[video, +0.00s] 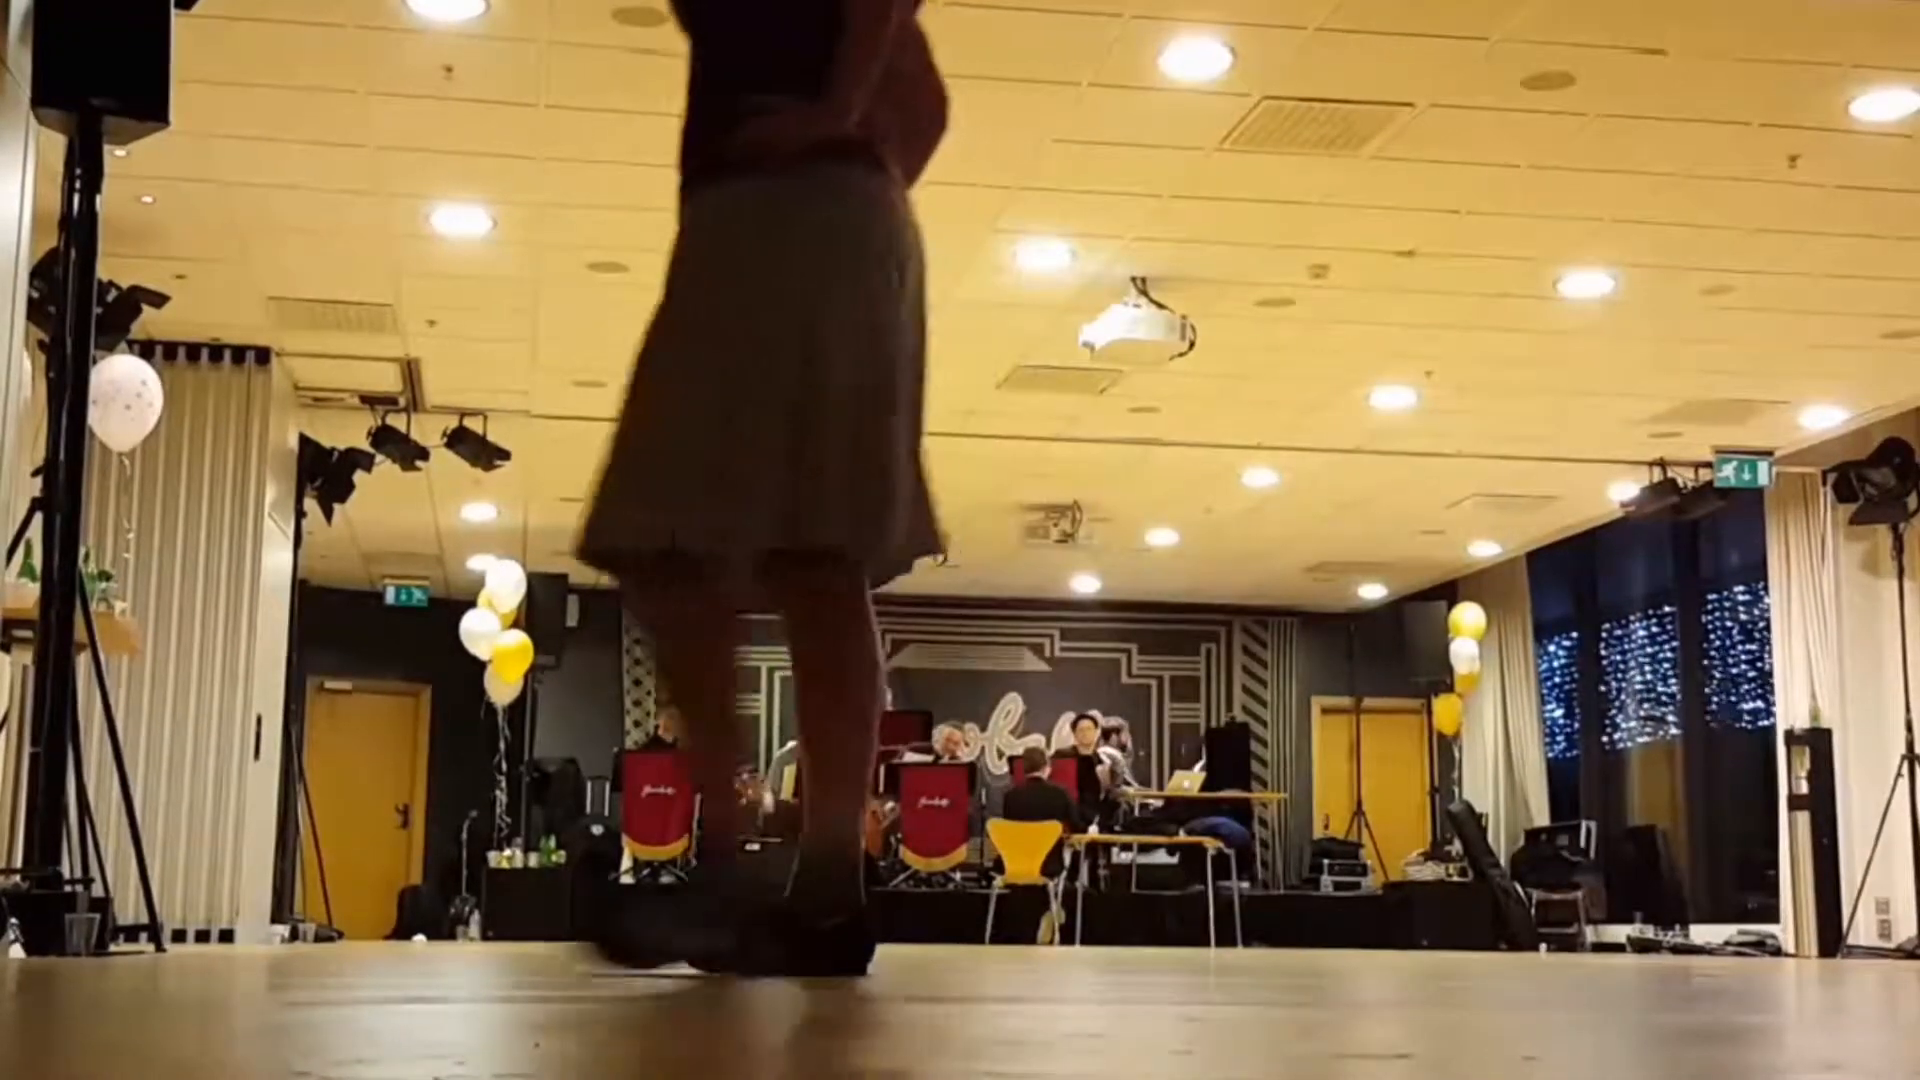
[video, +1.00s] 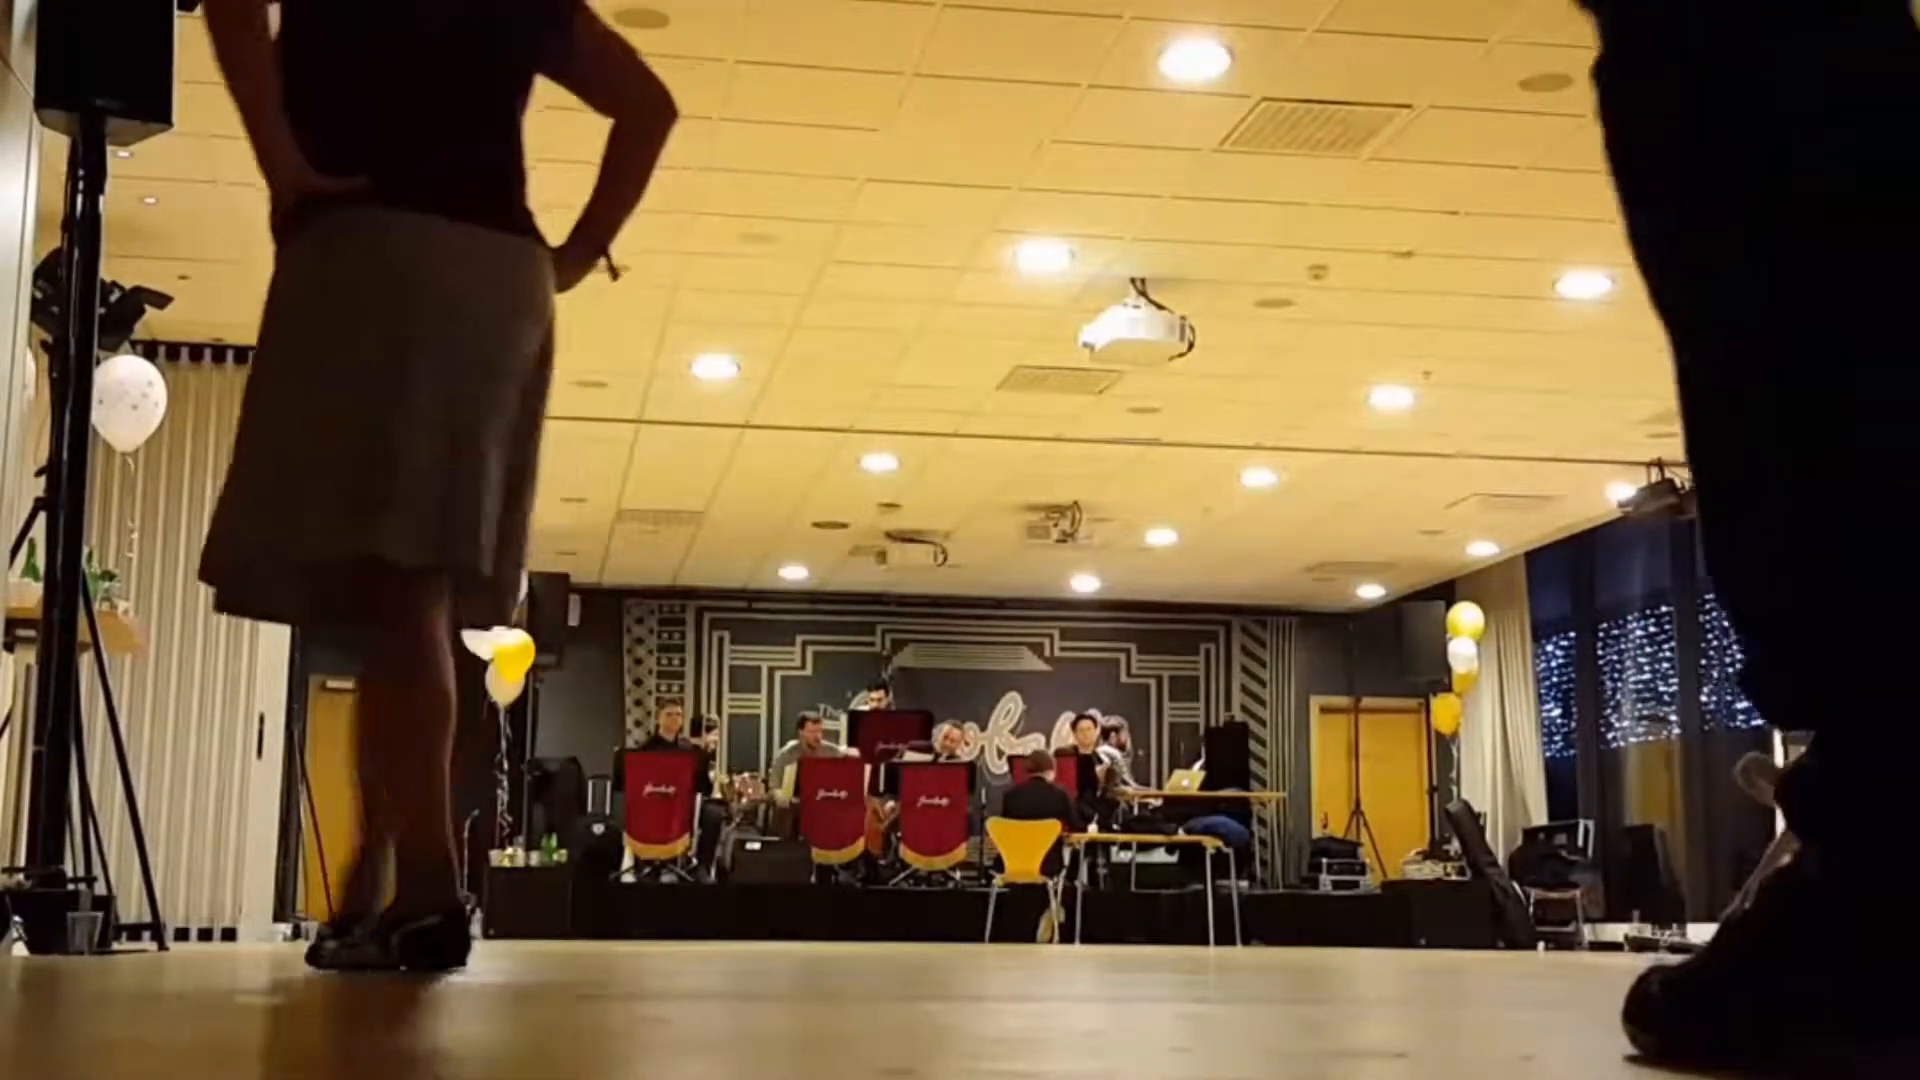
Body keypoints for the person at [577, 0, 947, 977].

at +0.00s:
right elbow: (925, 103)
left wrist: (839, 104)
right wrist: (864, 197)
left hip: (763, 220)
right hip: (856, 223)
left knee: (667, 558)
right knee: (822, 569)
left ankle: (726, 868)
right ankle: (831, 897)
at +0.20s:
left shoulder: (640, 9)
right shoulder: (802, 8)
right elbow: (878, 117)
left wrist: (738, 117)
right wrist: (814, 225)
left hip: (678, 252)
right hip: (795, 250)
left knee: (577, 574)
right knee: (792, 577)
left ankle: (466, 859)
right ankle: (829, 890)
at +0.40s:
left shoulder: (546, 11)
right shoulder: (722, 9)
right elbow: (825, 119)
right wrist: (769, 235)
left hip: (578, 262)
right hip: (707, 264)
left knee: (518, 589)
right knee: (734, 579)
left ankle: (439, 893)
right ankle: (818, 873)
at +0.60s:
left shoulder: (447, 6)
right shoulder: (643, 4)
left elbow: (425, 41)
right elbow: (757, 99)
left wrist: (440, 132)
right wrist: (684, 231)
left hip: (467, 260)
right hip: (604, 260)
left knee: (450, 592)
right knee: (624, 576)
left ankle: (431, 899)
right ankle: (764, 815)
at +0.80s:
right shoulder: (566, 5)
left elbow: (305, 7)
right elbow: (697, 97)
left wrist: (342, 152)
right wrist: (627, 242)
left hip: (394, 250)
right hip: (539, 256)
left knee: (413, 601)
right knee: (526, 585)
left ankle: (429, 901)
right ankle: (589, 817)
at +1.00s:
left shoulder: (297, 8)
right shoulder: (514, 9)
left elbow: (229, 8)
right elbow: (648, 106)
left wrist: (282, 164)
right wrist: (576, 253)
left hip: (367, 260)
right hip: (499, 270)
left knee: (399, 597)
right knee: (424, 606)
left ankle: (434, 897)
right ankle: (373, 900)